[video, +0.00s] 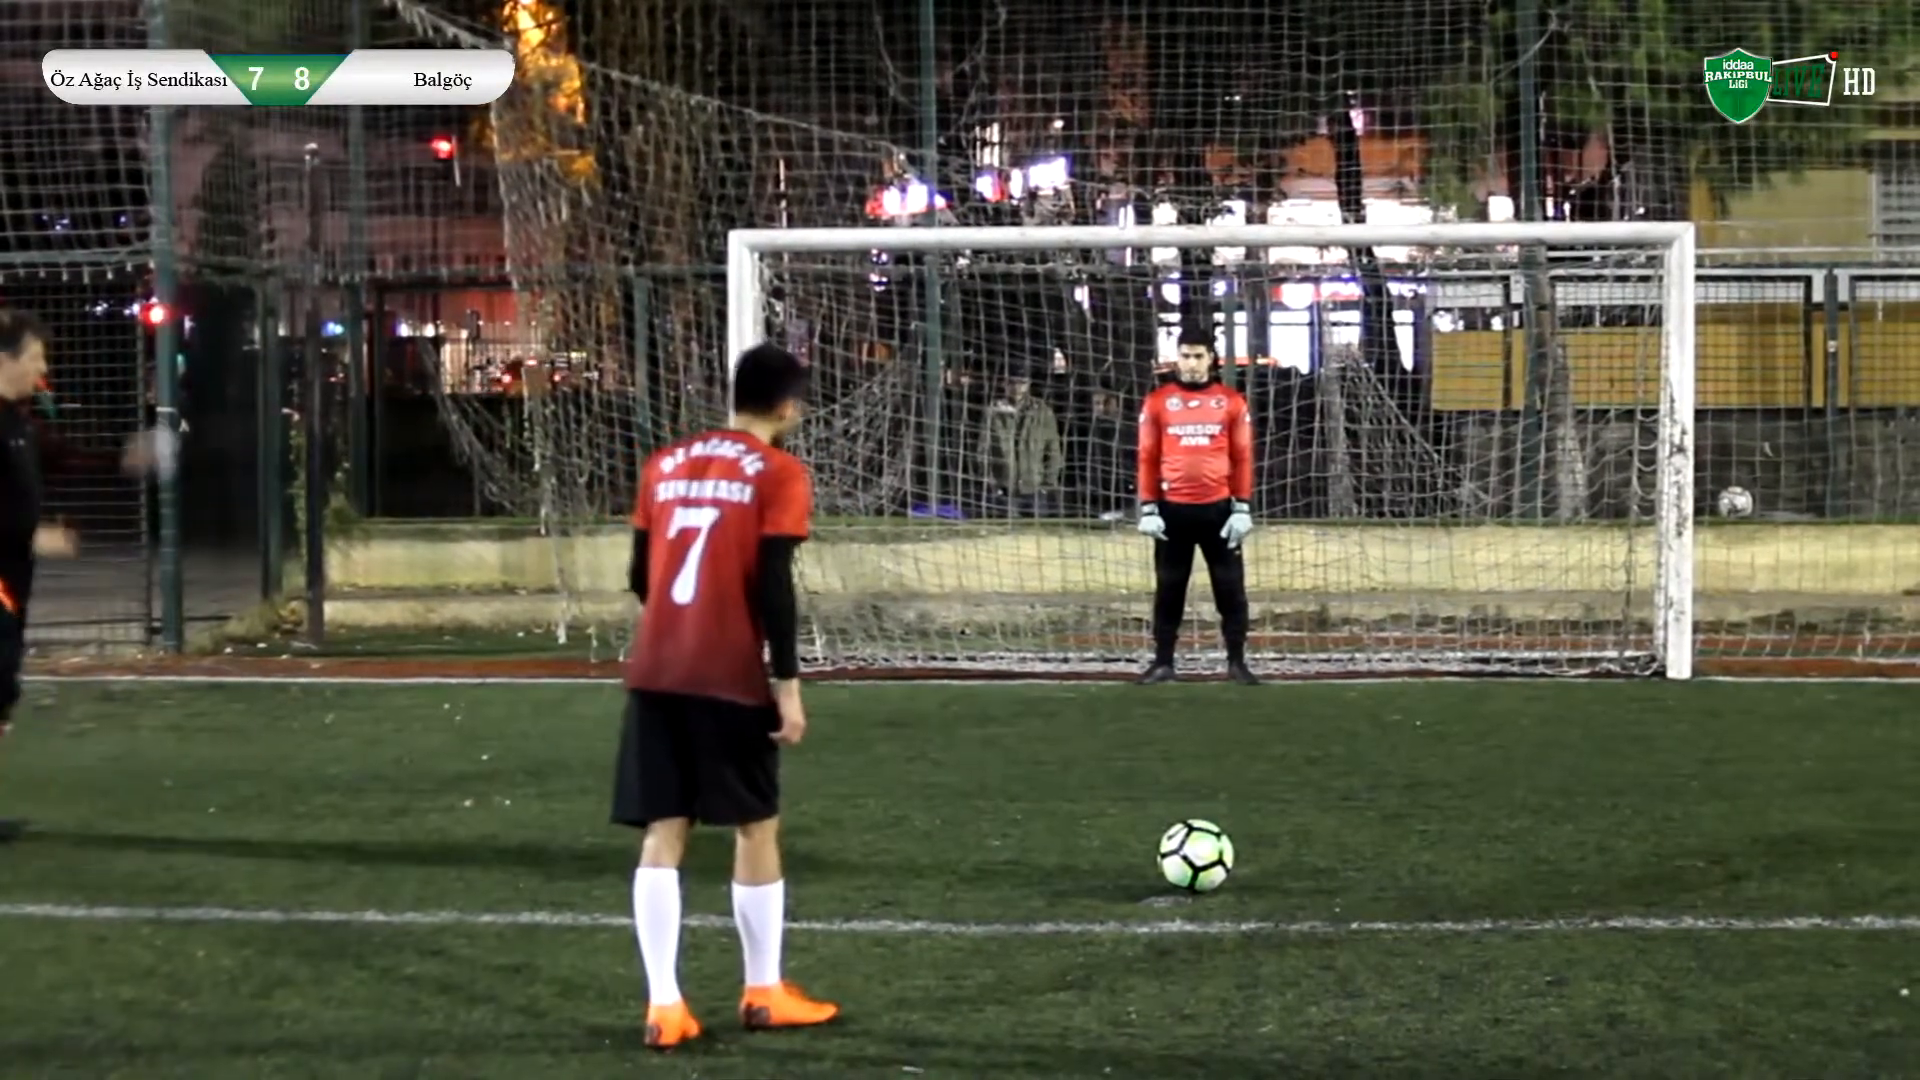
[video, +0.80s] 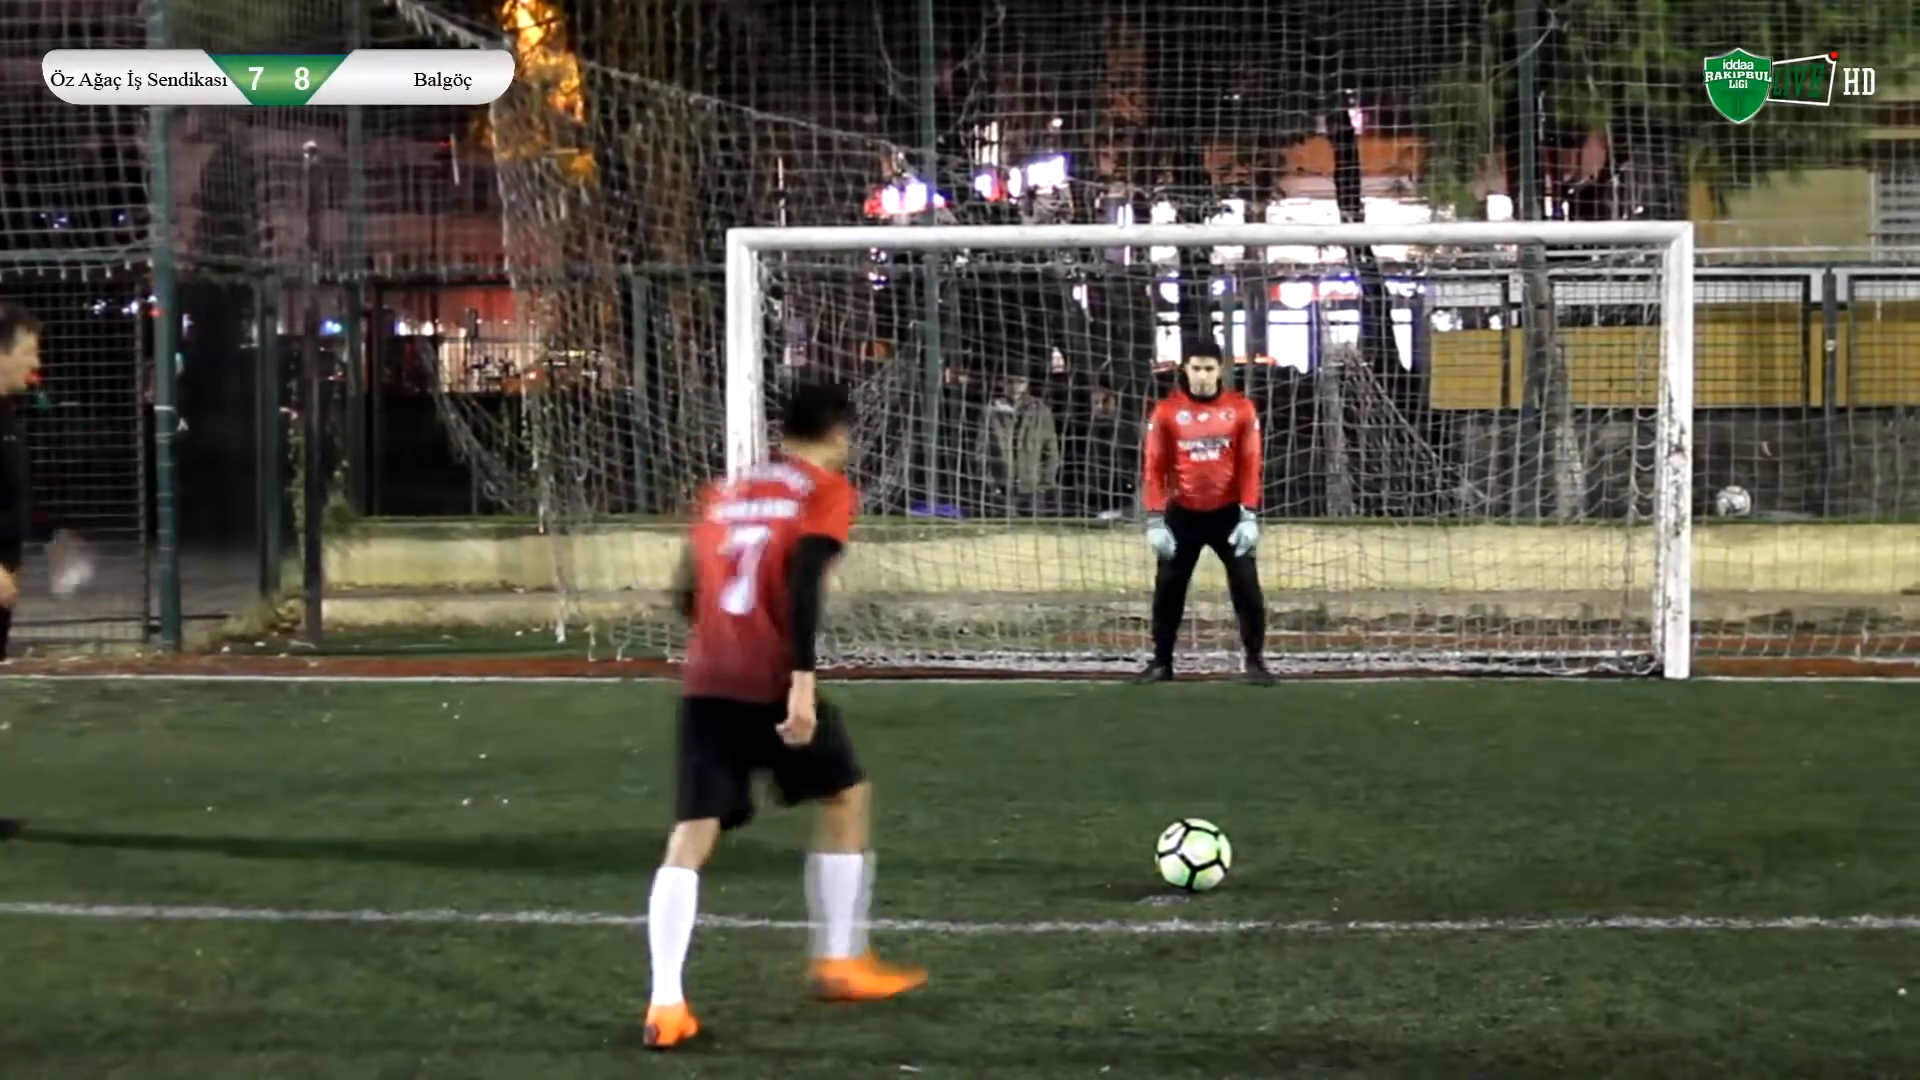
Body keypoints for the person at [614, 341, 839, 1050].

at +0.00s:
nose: (799, 415)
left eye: (797, 403)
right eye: (798, 404)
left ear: (735, 396)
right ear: (785, 406)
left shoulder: (666, 462)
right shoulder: (781, 473)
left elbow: (641, 577)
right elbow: (772, 578)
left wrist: (693, 625)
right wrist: (788, 679)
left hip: (655, 670)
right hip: (732, 675)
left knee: (663, 828)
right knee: (757, 826)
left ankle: (663, 1002)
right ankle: (765, 987)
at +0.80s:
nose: (849, 449)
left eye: (847, 439)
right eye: (848, 438)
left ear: (784, 431)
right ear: (837, 436)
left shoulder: (726, 488)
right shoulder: (831, 491)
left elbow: (687, 591)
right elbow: (803, 574)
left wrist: (731, 638)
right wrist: (803, 676)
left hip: (706, 686)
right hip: (775, 687)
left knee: (693, 831)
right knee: (846, 792)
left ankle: (664, 1002)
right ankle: (840, 957)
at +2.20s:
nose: (1010, 443)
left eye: (1004, 435)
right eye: (1008, 435)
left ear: (955, 439)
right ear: (1001, 439)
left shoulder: (926, 496)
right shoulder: (1010, 505)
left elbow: (901, 570)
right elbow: (1038, 585)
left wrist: (919, 608)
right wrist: (1074, 641)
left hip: (956, 655)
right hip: (1013, 646)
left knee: (1029, 746)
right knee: (1061, 673)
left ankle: (1074, 862)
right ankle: (1072, 727)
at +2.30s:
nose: (1004, 427)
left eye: (1000, 419)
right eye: (1002, 419)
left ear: (949, 423)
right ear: (992, 423)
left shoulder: (915, 477)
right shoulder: (1003, 490)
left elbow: (888, 543)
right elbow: (1019, 575)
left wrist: (937, 554)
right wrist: (1050, 650)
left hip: (952, 639)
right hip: (1006, 631)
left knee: (1015, 747)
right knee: (1057, 670)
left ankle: (1065, 858)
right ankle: (1056, 764)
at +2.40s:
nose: (988, 415)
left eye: (985, 406)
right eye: (987, 406)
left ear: (928, 405)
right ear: (980, 408)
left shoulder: (894, 461)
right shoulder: (989, 474)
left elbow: (864, 528)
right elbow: (1005, 558)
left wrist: (916, 535)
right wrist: (1035, 637)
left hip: (937, 623)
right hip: (992, 619)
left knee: (989, 736)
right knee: (1037, 702)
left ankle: (1039, 839)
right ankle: (1031, 812)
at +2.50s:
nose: (968, 402)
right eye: (966, 394)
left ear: (912, 398)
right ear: (962, 398)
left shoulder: (883, 458)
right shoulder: (984, 464)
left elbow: (849, 539)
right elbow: (1002, 547)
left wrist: (880, 508)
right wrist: (1039, 615)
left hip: (925, 618)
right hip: (982, 615)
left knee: (961, 727)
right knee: (1002, 711)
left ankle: (1010, 828)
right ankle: (1012, 832)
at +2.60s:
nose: (958, 401)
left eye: (950, 393)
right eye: (956, 393)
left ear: (901, 400)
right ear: (949, 397)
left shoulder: (875, 465)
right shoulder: (979, 458)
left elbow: (847, 540)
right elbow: (1011, 532)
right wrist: (1047, 580)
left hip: (919, 626)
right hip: (977, 621)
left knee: (924, 729)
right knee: (992, 724)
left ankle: (962, 819)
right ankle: (1009, 850)